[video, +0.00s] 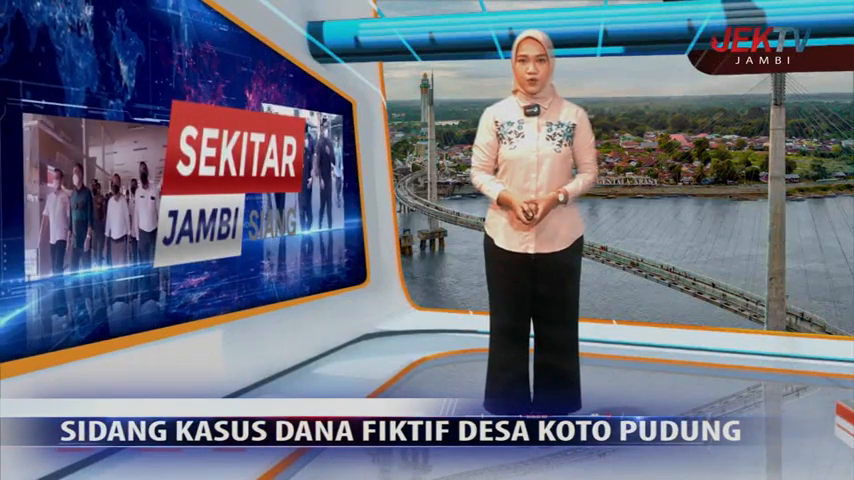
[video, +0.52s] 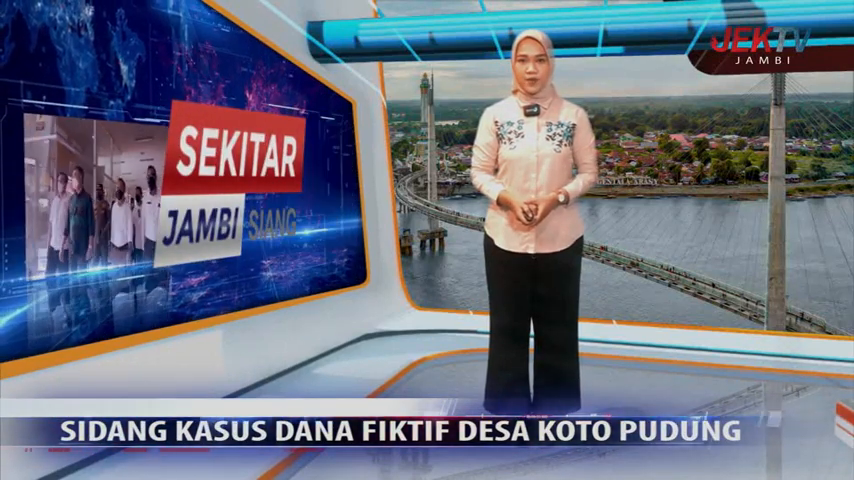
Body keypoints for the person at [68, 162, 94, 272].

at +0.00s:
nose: (75, 178)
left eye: (77, 175)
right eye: (74, 175)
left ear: (81, 177)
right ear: (72, 178)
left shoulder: (87, 192)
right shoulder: (72, 194)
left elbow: (90, 214)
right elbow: (71, 214)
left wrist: (88, 235)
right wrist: (70, 232)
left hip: (85, 231)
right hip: (75, 230)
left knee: (86, 260)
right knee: (73, 262)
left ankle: (87, 287)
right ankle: (74, 287)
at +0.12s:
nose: (74, 177)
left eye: (76, 174)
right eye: (73, 174)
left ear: (81, 177)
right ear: (71, 177)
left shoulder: (86, 193)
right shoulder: (71, 195)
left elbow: (89, 215)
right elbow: (70, 214)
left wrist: (86, 236)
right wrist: (68, 231)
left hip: (84, 232)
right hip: (73, 233)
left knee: (85, 263)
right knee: (72, 264)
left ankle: (86, 287)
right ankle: (73, 287)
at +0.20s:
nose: (73, 177)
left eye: (75, 174)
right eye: (72, 175)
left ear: (80, 177)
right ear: (69, 178)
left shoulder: (85, 195)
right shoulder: (70, 195)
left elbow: (88, 218)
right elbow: (68, 215)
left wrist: (86, 239)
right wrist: (66, 235)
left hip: (82, 234)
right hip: (71, 235)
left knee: (83, 265)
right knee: (70, 264)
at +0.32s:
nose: (74, 180)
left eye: (76, 177)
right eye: (73, 177)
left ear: (80, 179)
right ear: (70, 179)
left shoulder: (85, 196)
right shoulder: (69, 196)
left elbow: (89, 220)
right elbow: (66, 218)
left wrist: (88, 243)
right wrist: (64, 244)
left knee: (83, 270)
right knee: (70, 271)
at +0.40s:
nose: (73, 180)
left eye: (75, 176)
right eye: (72, 177)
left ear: (81, 179)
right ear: (71, 180)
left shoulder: (86, 198)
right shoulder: (71, 198)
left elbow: (90, 222)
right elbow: (68, 220)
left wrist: (89, 245)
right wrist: (65, 240)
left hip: (82, 243)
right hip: (71, 243)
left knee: (83, 272)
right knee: (71, 273)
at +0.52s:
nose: (75, 181)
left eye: (77, 177)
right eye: (73, 178)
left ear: (82, 180)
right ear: (71, 180)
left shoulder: (87, 198)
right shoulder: (71, 199)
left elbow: (91, 222)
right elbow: (68, 223)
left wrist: (91, 246)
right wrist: (63, 246)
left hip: (83, 244)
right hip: (72, 244)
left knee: (82, 274)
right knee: (72, 274)